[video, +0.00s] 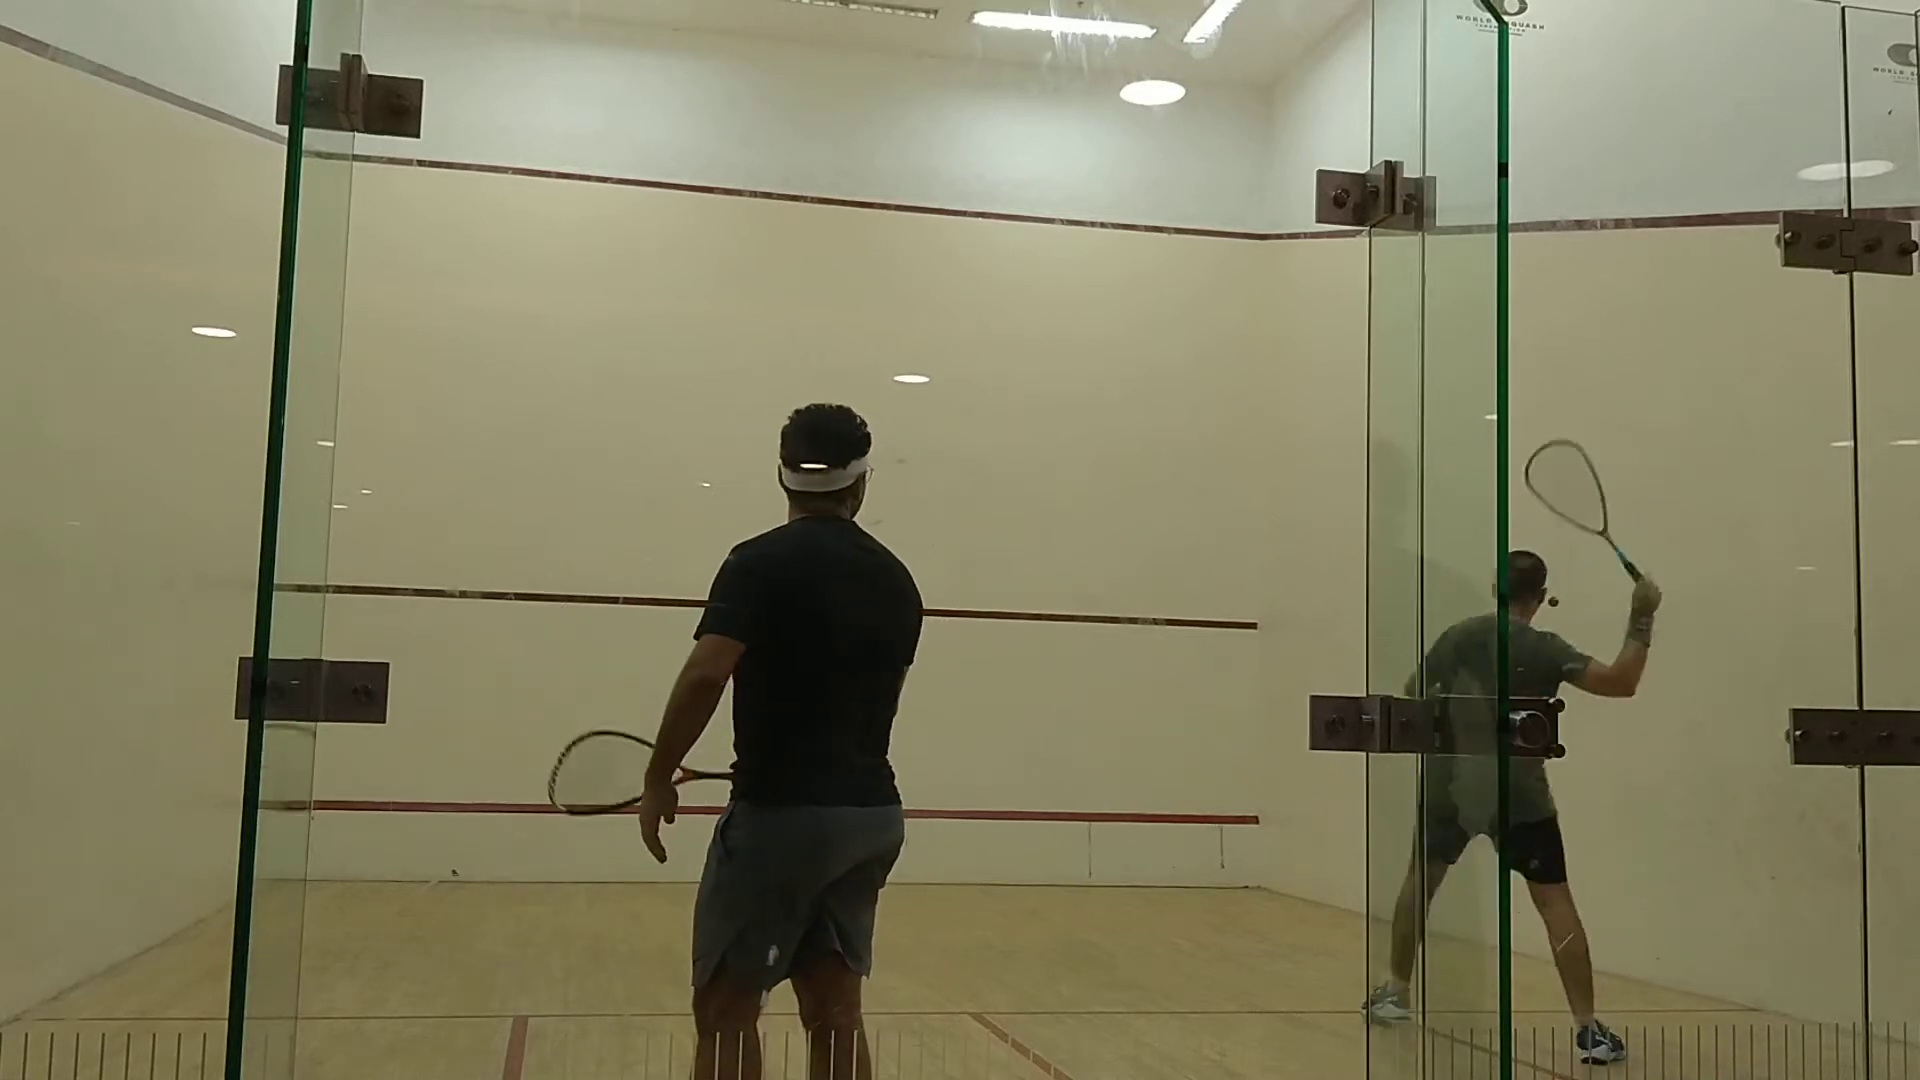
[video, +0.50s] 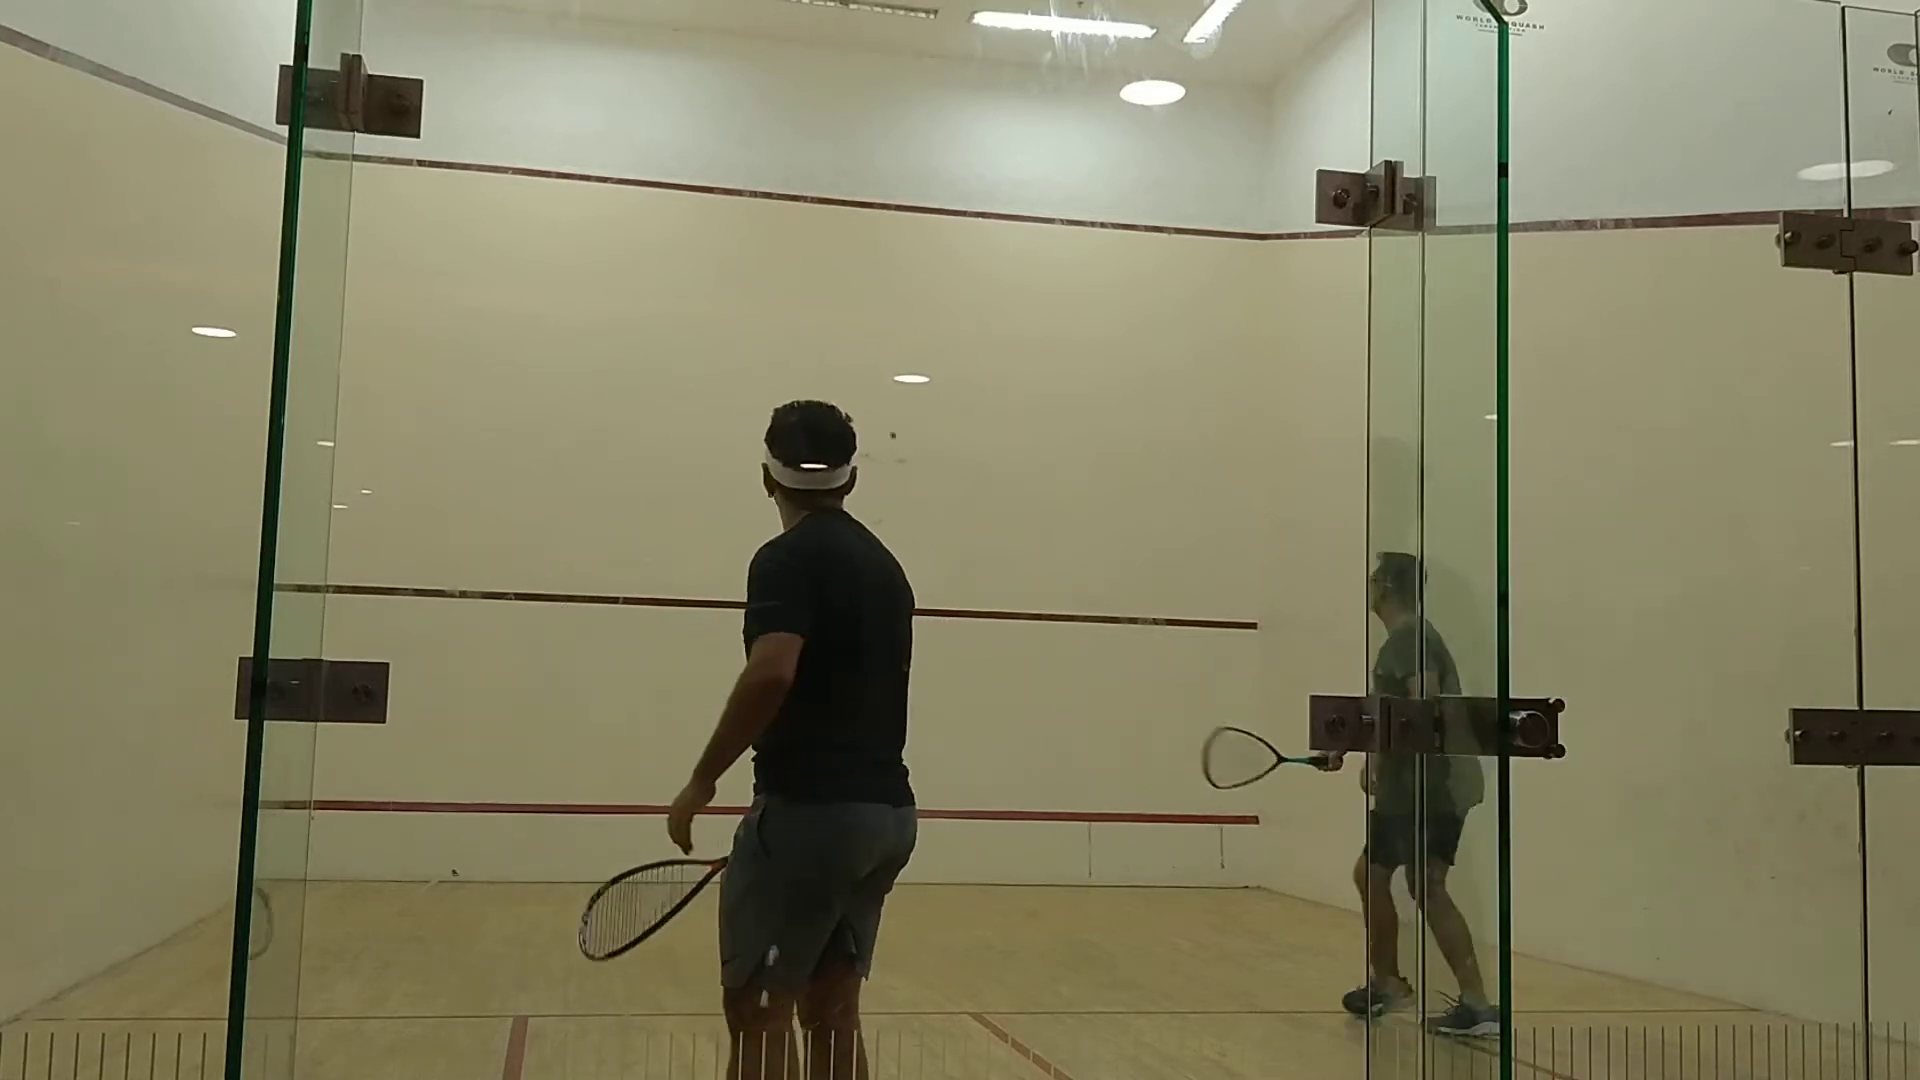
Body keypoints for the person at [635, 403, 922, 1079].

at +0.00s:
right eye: (861, 478)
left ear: (784, 480)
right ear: (860, 485)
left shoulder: (755, 563)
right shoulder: (897, 580)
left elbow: (707, 673)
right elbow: (871, 702)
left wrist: (659, 773)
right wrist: (772, 760)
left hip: (772, 824)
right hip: (870, 821)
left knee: (726, 1011)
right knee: (835, 1010)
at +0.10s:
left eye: (793, 469)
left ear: (781, 477)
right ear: (859, 482)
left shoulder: (751, 563)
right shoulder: (897, 580)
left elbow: (700, 674)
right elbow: (893, 707)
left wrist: (653, 772)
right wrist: (801, 757)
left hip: (772, 824)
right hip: (871, 821)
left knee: (727, 1012)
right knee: (834, 1004)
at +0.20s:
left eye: (784, 466)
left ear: (778, 475)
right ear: (858, 480)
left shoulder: (753, 563)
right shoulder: (897, 578)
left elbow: (702, 671)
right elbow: (898, 706)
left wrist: (650, 769)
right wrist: (813, 744)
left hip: (775, 824)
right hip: (873, 820)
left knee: (730, 1009)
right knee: (833, 1006)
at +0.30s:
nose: (781, 476)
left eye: (776, 468)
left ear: (774, 476)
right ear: (854, 479)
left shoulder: (762, 562)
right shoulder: (895, 576)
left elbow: (716, 673)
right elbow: (896, 706)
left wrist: (657, 764)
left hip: (785, 820)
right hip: (876, 819)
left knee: (732, 1006)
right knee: (830, 1002)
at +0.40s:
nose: (768, 478)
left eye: (768, 469)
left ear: (772, 480)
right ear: (851, 482)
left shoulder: (773, 560)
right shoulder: (890, 573)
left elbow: (746, 672)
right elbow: (880, 708)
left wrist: (676, 766)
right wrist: (774, 798)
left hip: (794, 820)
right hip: (880, 820)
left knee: (742, 1014)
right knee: (831, 1006)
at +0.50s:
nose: (765, 478)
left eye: (767, 468)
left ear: (770, 479)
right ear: (850, 481)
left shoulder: (784, 559)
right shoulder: (882, 565)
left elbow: (773, 671)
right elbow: (862, 700)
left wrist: (700, 781)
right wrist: (780, 801)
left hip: (805, 818)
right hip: (883, 816)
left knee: (754, 1007)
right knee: (832, 1006)